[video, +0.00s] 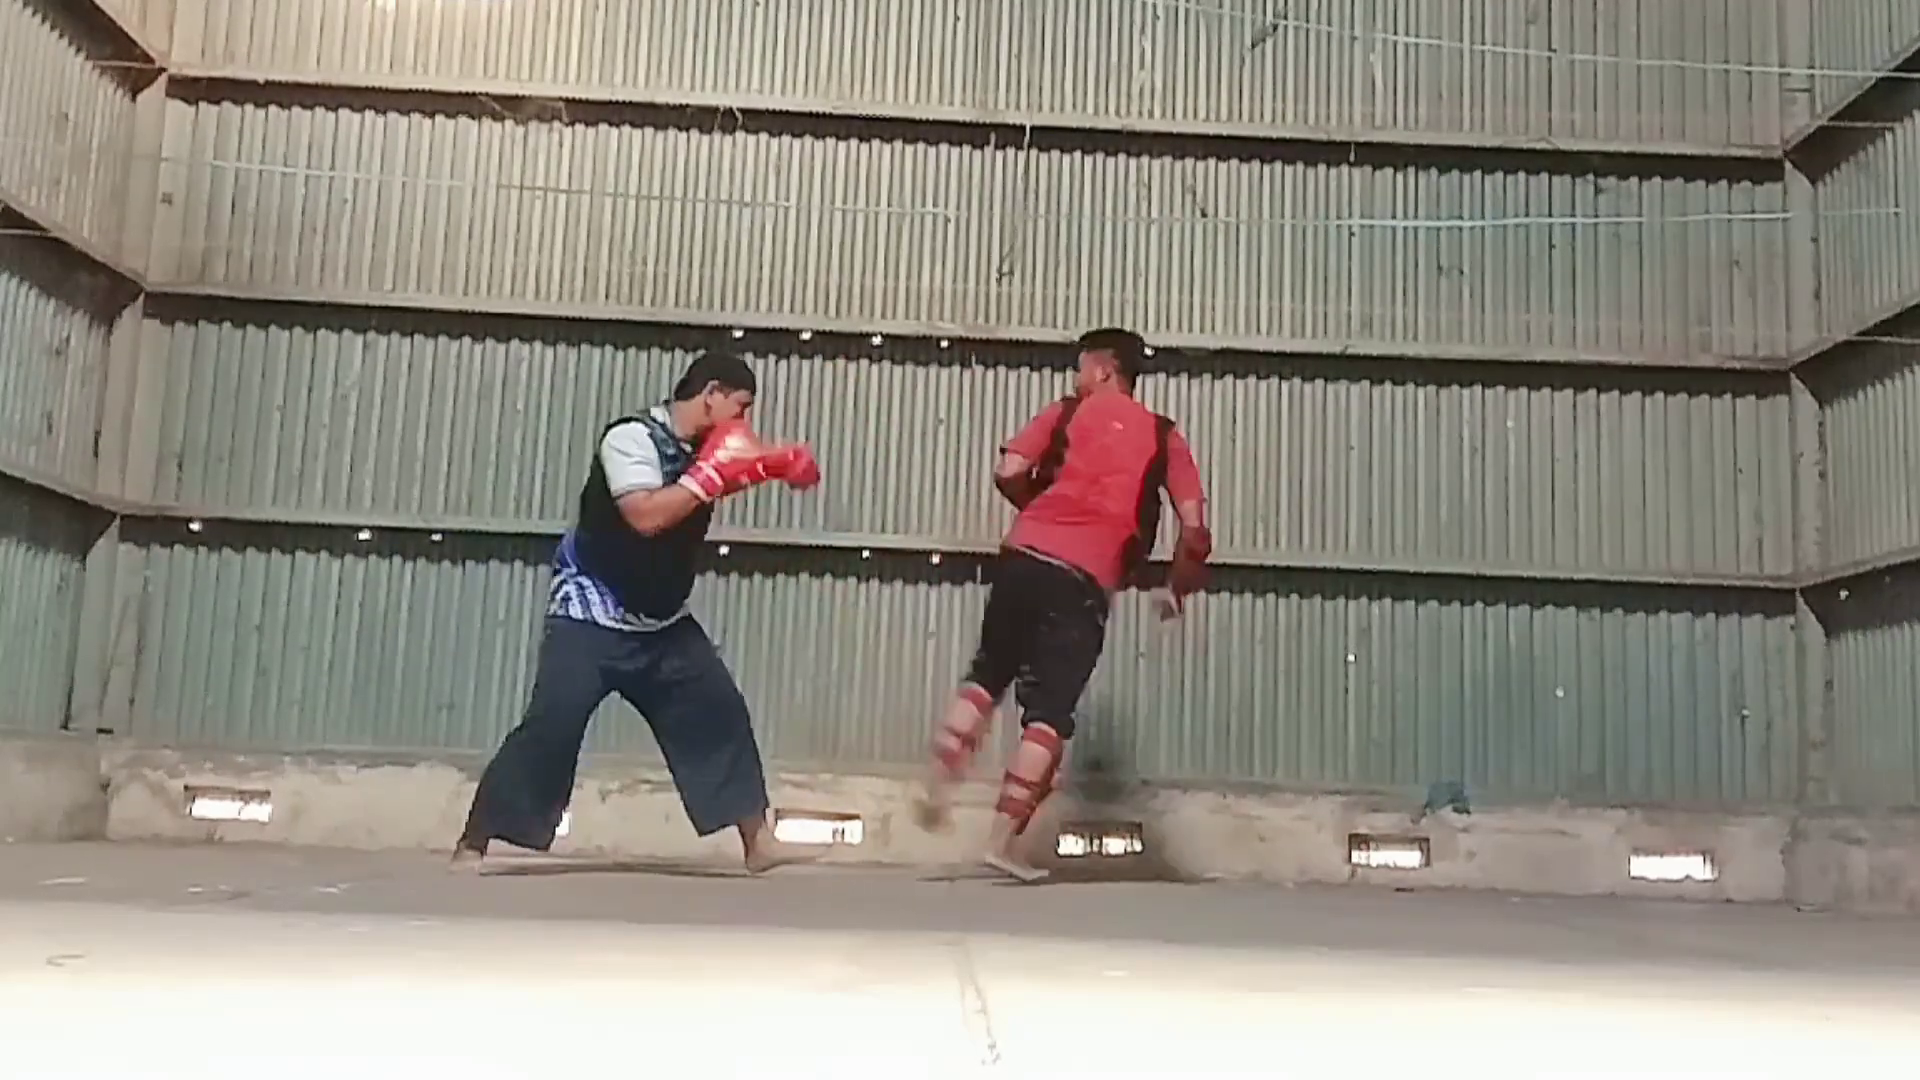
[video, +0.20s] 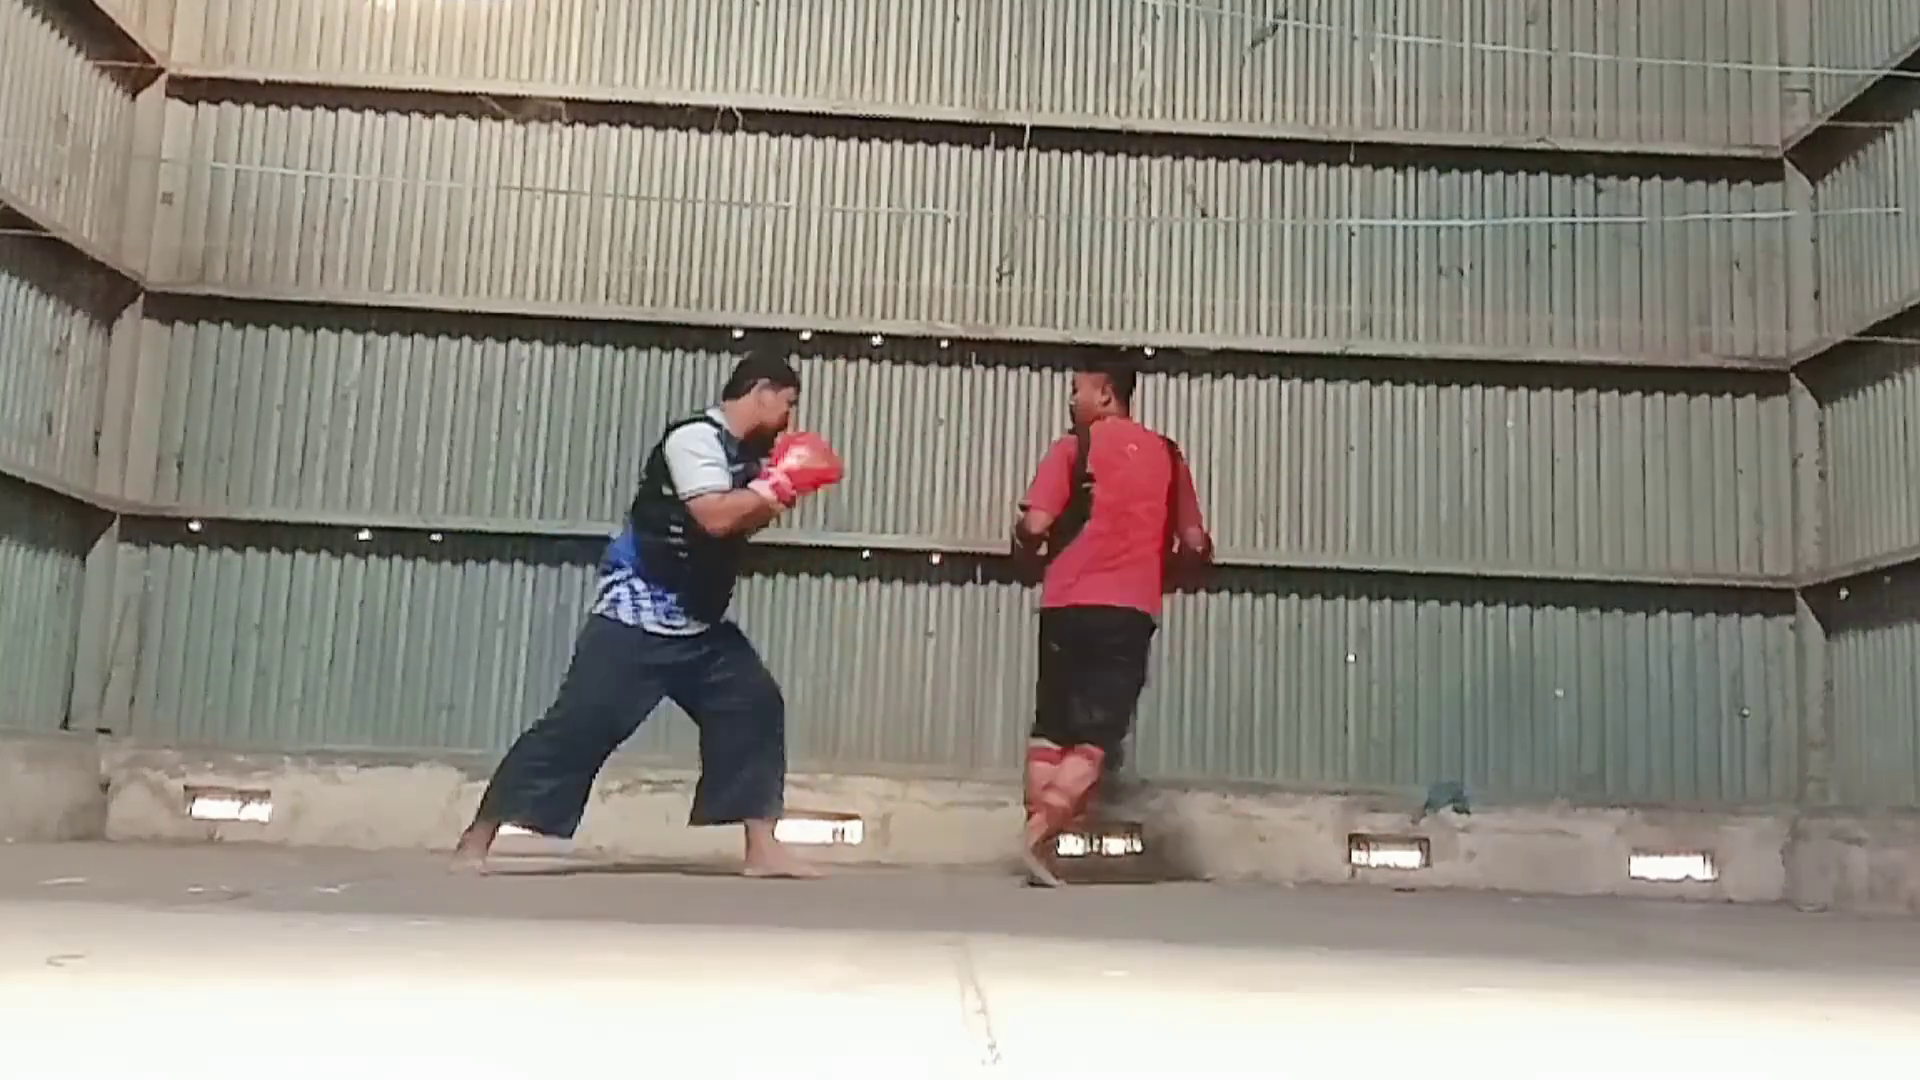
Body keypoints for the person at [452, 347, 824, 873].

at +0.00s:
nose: (743, 423)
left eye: (747, 412)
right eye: (740, 409)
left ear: (712, 398)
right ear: (710, 395)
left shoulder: (704, 450)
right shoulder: (628, 438)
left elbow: (729, 471)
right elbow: (646, 515)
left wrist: (776, 465)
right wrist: (712, 470)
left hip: (662, 617)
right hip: (590, 610)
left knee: (722, 710)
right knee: (555, 720)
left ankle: (759, 842)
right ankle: (474, 843)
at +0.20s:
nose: (790, 418)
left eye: (793, 406)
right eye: (789, 403)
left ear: (760, 395)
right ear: (761, 393)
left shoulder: (748, 455)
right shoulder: (692, 439)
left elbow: (736, 523)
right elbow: (715, 518)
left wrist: (782, 485)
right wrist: (780, 483)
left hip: (701, 628)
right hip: (633, 624)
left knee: (757, 706)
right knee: (575, 726)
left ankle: (762, 847)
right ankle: (480, 835)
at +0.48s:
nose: (870, 384)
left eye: (871, 376)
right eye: (868, 374)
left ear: (841, 368)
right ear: (845, 367)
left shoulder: (826, 425)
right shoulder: (779, 408)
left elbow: (847, 493)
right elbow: (829, 476)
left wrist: (892, 452)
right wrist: (872, 420)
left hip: (783, 595)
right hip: (725, 585)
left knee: (794, 712)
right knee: (730, 710)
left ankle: (770, 846)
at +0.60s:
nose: (882, 393)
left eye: (884, 383)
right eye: (880, 380)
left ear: (850, 371)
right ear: (853, 370)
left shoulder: (842, 430)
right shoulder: (789, 416)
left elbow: (838, 505)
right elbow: (820, 492)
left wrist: (879, 487)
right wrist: (870, 458)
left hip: (803, 596)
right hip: (751, 593)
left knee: (822, 713)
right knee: (768, 714)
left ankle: (786, 843)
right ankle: (757, 849)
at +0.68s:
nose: (887, 394)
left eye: (889, 384)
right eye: (885, 381)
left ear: (857, 373)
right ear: (859, 373)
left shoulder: (854, 426)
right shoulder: (800, 420)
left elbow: (852, 492)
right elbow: (832, 498)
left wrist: (886, 490)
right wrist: (886, 457)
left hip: (821, 594)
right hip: (769, 591)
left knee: (854, 707)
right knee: (785, 711)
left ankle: (793, 830)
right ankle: (763, 840)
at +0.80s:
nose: (898, 389)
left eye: (899, 379)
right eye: (896, 377)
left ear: (866, 371)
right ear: (870, 370)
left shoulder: (859, 425)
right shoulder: (820, 417)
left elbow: (885, 477)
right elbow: (867, 485)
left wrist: (910, 440)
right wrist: (909, 446)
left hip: (835, 598)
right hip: (782, 594)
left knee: (883, 713)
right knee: (792, 714)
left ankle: (844, 831)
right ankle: (776, 844)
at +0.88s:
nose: (906, 388)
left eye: (907, 378)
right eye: (903, 377)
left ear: (872, 373)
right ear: (877, 372)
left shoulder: (869, 424)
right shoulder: (836, 419)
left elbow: (929, 472)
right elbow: (897, 479)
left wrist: (938, 439)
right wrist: (931, 434)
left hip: (848, 602)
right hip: (793, 598)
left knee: (894, 716)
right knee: (798, 716)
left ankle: (896, 837)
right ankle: (766, 847)